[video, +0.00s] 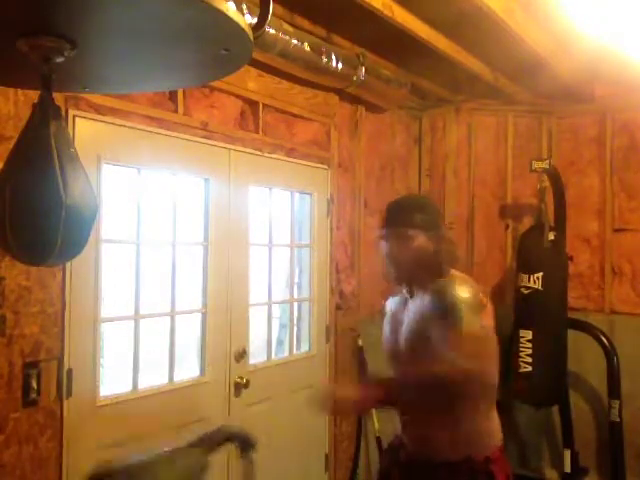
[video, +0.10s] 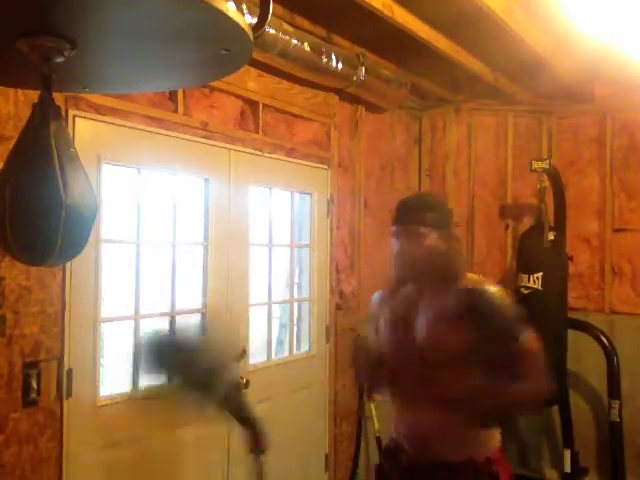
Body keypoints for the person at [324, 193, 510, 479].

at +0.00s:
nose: (389, 251)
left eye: (402, 238)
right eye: (386, 240)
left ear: (430, 241)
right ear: (381, 243)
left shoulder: (458, 297)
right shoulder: (395, 305)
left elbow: (477, 379)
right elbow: (414, 384)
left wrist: (381, 393)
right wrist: (367, 394)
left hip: (469, 463)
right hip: (415, 458)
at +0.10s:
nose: (402, 250)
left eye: (416, 237)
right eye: (398, 238)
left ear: (443, 240)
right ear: (392, 241)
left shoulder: (483, 299)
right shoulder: (387, 304)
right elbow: (376, 378)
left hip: (472, 463)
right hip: (407, 460)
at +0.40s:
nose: (417, 248)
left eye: (429, 237)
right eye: (407, 236)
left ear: (453, 240)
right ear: (398, 240)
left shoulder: (490, 306)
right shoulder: (375, 298)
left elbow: (524, 391)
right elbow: (347, 373)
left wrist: (458, 369)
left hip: (465, 462)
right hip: (396, 463)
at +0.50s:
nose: (400, 246)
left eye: (412, 234)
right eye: (393, 235)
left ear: (440, 237)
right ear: (386, 241)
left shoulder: (472, 298)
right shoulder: (374, 300)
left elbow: (476, 378)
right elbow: (363, 373)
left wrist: (397, 335)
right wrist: (369, 427)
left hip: (460, 458)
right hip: (394, 456)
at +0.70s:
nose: (378, 251)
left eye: (384, 239)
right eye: (377, 241)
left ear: (411, 238)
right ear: (410, 239)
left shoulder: (433, 286)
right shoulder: (416, 289)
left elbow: (387, 343)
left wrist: (294, 345)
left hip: (453, 461)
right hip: (424, 456)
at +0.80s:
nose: (384, 253)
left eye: (392, 240)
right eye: (384, 240)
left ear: (416, 238)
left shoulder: (456, 296)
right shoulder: (397, 302)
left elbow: (476, 382)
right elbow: (399, 374)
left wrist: (389, 389)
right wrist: (372, 382)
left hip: (463, 459)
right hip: (412, 454)